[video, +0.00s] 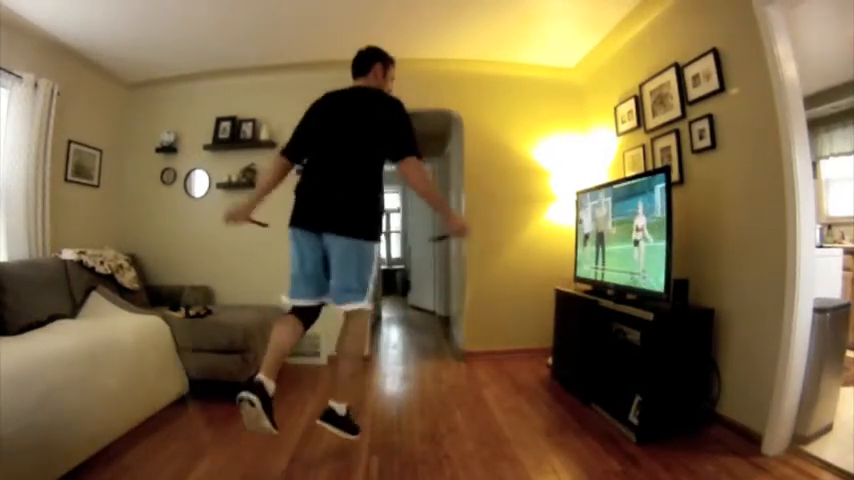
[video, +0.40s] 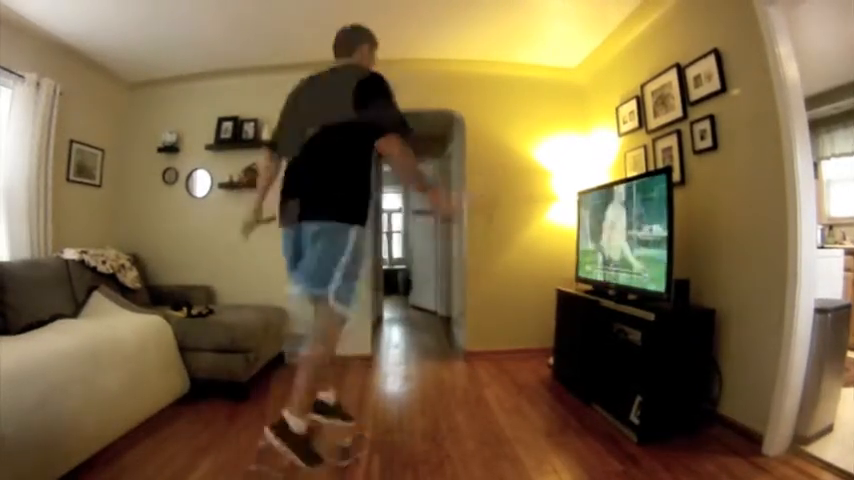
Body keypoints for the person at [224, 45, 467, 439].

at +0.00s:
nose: (392, 83)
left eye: (391, 77)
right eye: (391, 76)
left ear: (356, 73)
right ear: (379, 72)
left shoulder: (325, 103)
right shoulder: (389, 109)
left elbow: (286, 160)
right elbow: (411, 169)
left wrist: (251, 202)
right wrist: (448, 213)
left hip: (306, 217)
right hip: (354, 223)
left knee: (303, 307)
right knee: (356, 313)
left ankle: (263, 383)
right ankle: (339, 406)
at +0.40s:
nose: (388, 113)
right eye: (386, 105)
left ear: (349, 102)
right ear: (380, 100)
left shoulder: (320, 125)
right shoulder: (372, 103)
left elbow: (280, 164)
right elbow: (391, 148)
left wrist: (257, 208)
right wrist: (430, 191)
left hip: (299, 214)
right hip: (339, 213)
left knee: (325, 312)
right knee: (329, 316)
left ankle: (325, 396)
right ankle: (293, 419)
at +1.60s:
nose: (398, 146)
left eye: (395, 140)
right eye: (397, 140)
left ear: (360, 141)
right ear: (392, 142)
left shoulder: (336, 176)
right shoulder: (397, 183)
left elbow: (292, 232)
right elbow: (430, 241)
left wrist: (285, 260)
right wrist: (482, 258)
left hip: (314, 294)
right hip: (363, 299)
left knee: (350, 358)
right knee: (391, 373)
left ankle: (340, 433)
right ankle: (358, 458)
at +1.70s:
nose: (395, 124)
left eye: (392, 117)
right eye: (395, 117)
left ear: (358, 118)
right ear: (389, 118)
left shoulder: (333, 157)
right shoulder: (396, 157)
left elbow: (293, 213)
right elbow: (427, 218)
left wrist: (284, 256)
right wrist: (475, 244)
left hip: (316, 274)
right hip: (365, 277)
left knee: (350, 354)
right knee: (382, 368)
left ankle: (341, 431)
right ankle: (358, 457)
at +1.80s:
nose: (392, 84)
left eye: (387, 77)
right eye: (392, 77)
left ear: (354, 75)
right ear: (387, 76)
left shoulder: (327, 114)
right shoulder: (398, 115)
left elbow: (299, 180)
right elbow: (428, 178)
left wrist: (282, 229)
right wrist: (463, 222)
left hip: (316, 234)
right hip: (363, 236)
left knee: (339, 332)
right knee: (365, 335)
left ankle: (345, 410)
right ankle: (364, 436)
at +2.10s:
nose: (385, 76)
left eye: (379, 69)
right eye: (386, 70)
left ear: (348, 67)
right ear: (382, 69)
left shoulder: (319, 105)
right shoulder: (390, 111)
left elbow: (279, 158)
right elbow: (416, 168)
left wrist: (257, 195)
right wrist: (466, 192)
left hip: (311, 232)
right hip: (359, 236)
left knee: (328, 328)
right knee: (356, 335)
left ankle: (323, 416)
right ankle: (343, 444)